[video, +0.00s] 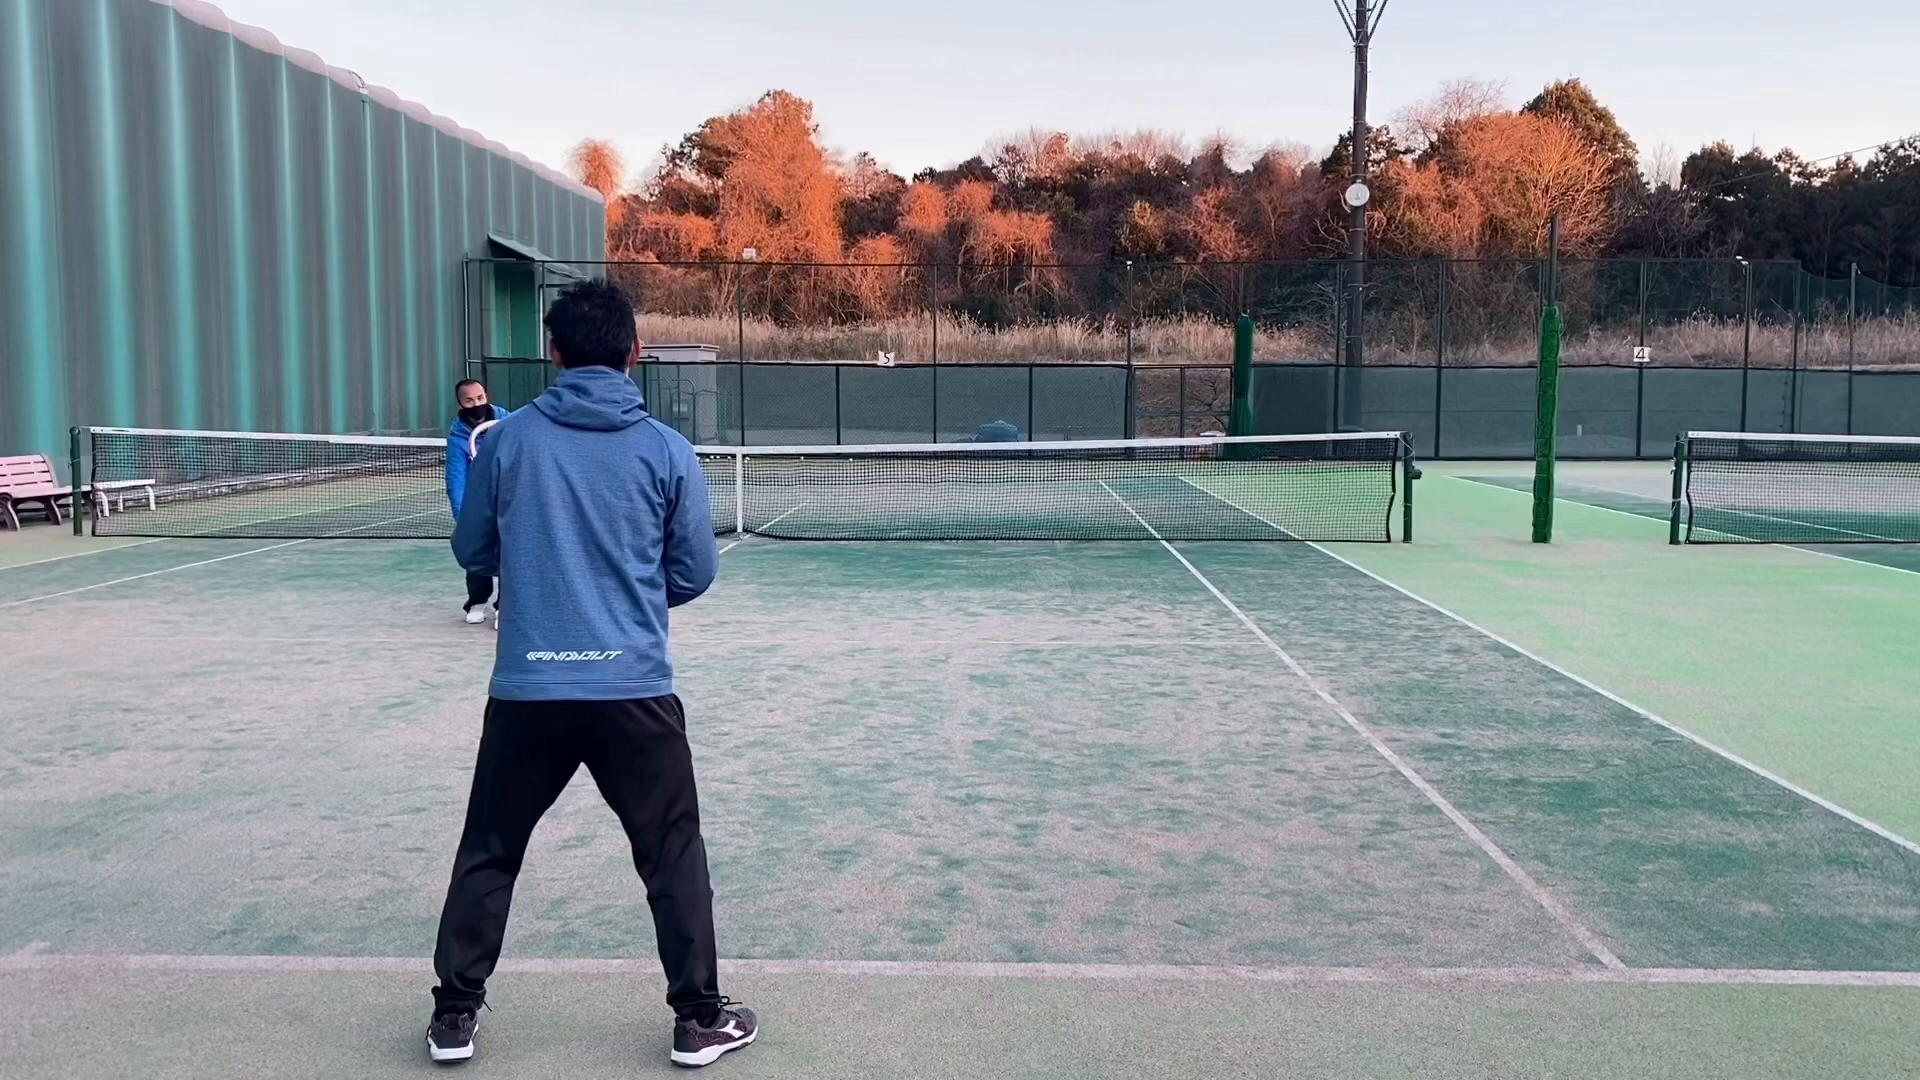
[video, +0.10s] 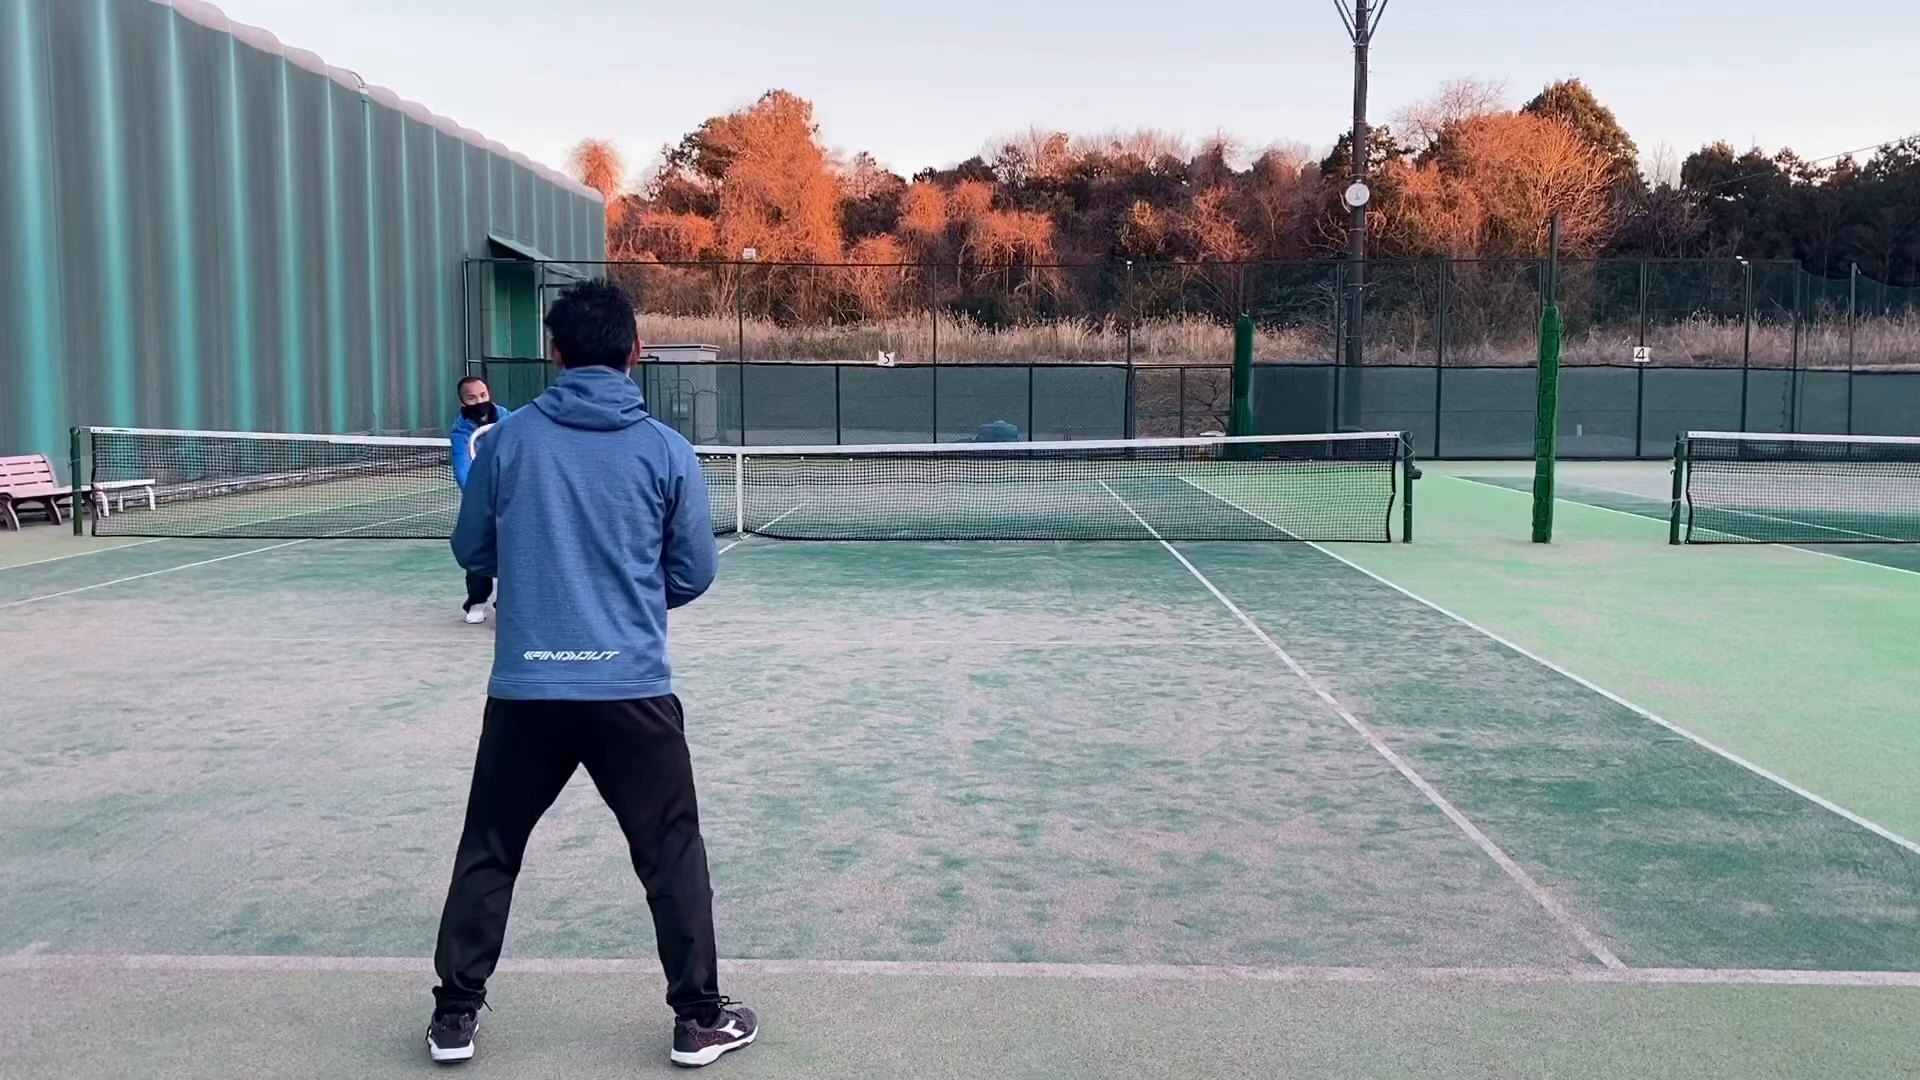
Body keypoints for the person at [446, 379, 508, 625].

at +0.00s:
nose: (475, 404)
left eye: (479, 398)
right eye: (468, 401)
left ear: (486, 396)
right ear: (460, 404)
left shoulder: (505, 419)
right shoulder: (458, 433)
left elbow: (520, 454)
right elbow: (456, 474)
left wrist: (521, 491)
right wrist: (461, 511)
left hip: (508, 492)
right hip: (476, 499)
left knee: (507, 550)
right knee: (476, 550)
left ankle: (503, 604)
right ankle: (477, 603)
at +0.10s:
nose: (478, 401)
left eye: (482, 395)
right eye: (471, 398)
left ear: (488, 393)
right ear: (462, 401)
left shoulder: (505, 416)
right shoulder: (461, 431)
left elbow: (520, 444)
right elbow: (463, 469)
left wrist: (520, 477)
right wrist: (476, 493)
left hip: (511, 485)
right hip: (480, 492)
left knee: (509, 544)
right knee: (479, 546)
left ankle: (506, 599)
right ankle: (476, 603)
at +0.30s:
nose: (490, 391)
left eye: (493, 386)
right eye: (482, 388)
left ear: (499, 387)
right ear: (471, 392)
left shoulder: (512, 415)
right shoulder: (468, 416)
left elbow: (528, 444)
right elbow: (470, 426)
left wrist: (529, 479)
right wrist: (489, 408)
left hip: (514, 491)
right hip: (482, 493)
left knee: (510, 554)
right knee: (481, 553)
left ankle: (503, 606)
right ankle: (471, 601)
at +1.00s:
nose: (515, 394)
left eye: (517, 389)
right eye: (509, 389)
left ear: (520, 390)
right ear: (495, 390)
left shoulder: (517, 416)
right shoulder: (482, 421)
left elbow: (521, 451)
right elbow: (488, 465)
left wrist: (533, 476)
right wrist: (526, 486)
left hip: (518, 497)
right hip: (491, 499)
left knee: (529, 553)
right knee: (484, 557)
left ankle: (526, 604)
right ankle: (470, 608)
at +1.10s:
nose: (519, 395)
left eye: (523, 390)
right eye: (514, 390)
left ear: (525, 390)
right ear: (500, 390)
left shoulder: (518, 416)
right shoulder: (488, 421)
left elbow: (522, 454)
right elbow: (493, 465)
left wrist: (536, 476)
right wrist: (533, 486)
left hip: (522, 498)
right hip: (495, 499)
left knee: (535, 553)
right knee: (485, 557)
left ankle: (536, 603)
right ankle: (467, 609)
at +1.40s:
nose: (541, 394)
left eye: (543, 389)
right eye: (535, 389)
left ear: (545, 390)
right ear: (520, 390)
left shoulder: (536, 417)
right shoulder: (509, 421)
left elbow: (541, 455)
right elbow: (526, 461)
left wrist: (560, 476)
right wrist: (562, 485)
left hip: (533, 499)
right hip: (506, 499)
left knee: (541, 555)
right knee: (495, 557)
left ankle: (541, 606)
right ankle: (467, 607)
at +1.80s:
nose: (554, 393)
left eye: (556, 389)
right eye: (548, 389)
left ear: (557, 390)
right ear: (533, 391)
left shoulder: (551, 416)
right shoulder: (523, 421)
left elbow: (555, 453)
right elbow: (538, 462)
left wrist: (566, 473)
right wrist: (570, 492)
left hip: (544, 495)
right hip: (519, 496)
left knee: (547, 553)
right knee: (509, 554)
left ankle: (542, 605)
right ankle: (483, 603)